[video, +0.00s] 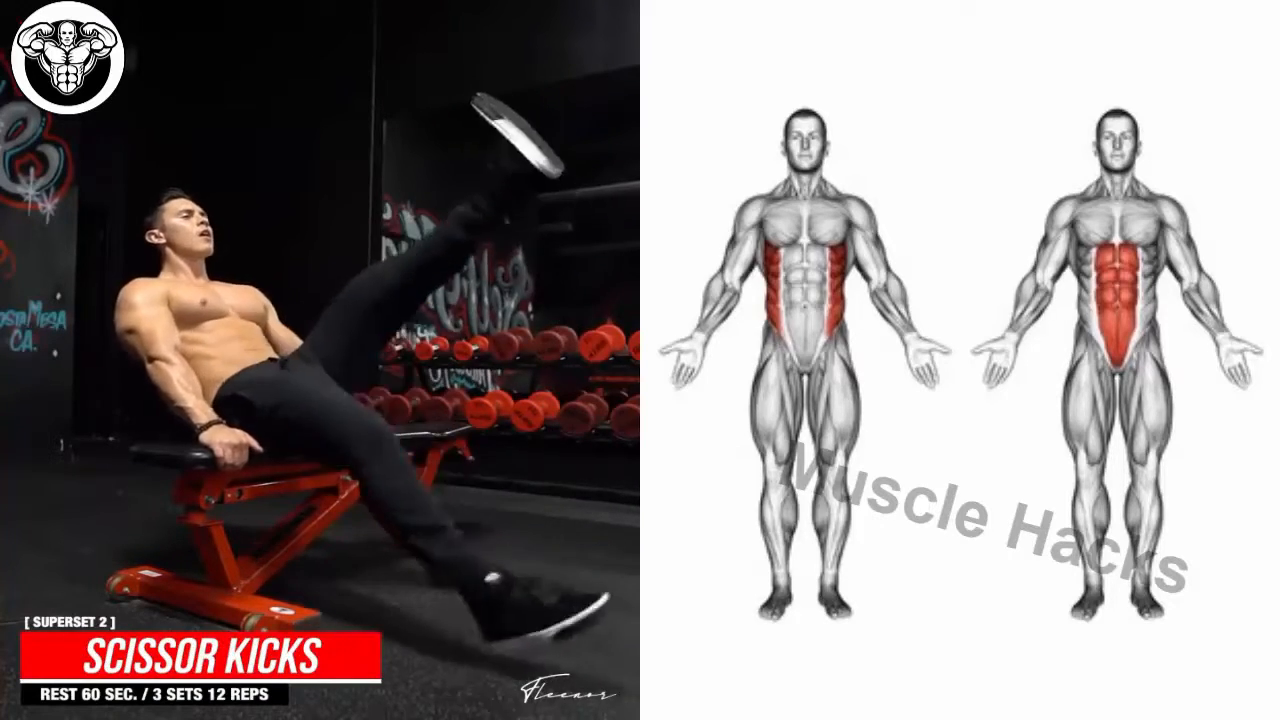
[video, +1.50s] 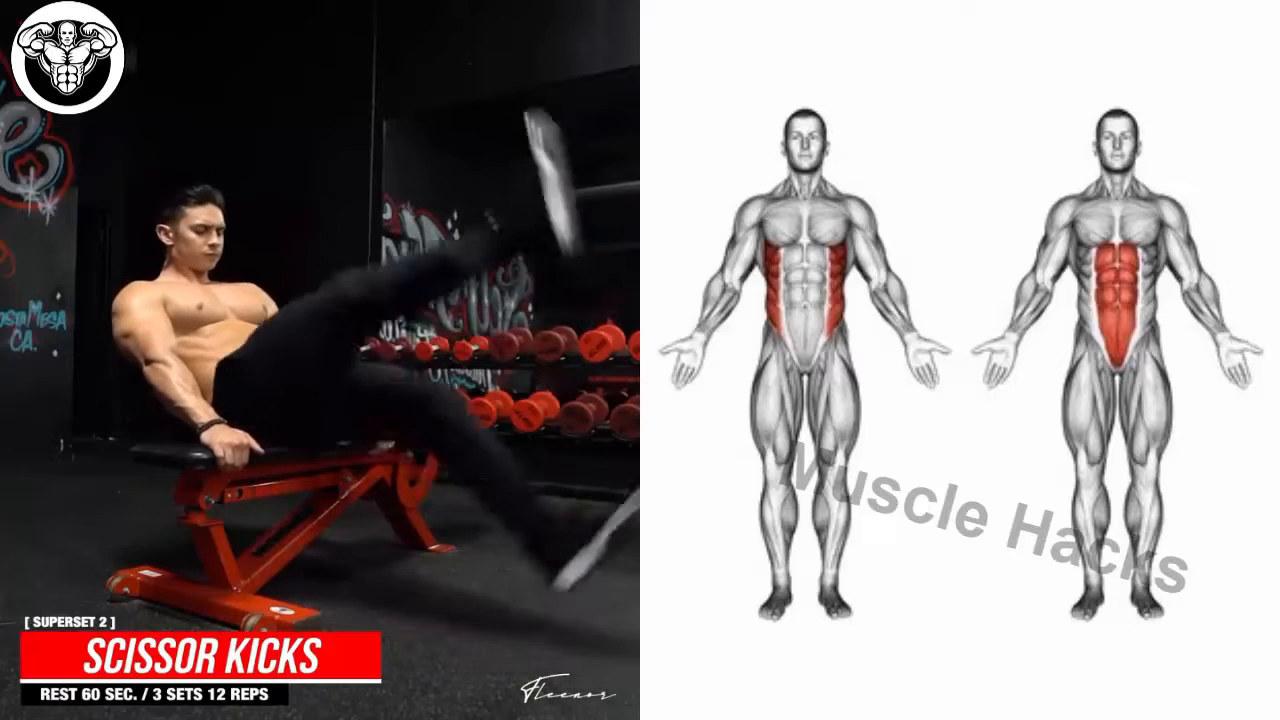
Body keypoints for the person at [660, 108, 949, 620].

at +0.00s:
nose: (805, 146)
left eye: (812, 138)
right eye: (797, 138)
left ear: (825, 145)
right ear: (785, 145)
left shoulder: (852, 211)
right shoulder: (758, 211)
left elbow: (881, 281)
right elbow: (729, 281)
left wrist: (910, 336)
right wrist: (700, 336)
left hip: (832, 356)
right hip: (777, 355)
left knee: (834, 467)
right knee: (777, 469)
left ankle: (830, 584)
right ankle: (780, 585)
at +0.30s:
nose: (805, 146)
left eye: (812, 138)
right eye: (797, 138)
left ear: (825, 146)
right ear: (785, 146)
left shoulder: (852, 211)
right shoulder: (758, 211)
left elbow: (881, 281)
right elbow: (729, 282)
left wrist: (910, 336)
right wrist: (700, 336)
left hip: (832, 355)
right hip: (777, 355)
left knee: (834, 468)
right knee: (777, 469)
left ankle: (829, 584)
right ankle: (780, 585)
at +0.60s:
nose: (804, 145)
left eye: (812, 138)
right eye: (797, 138)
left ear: (825, 145)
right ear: (785, 145)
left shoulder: (851, 211)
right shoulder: (758, 211)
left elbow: (881, 281)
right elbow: (729, 281)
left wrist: (909, 336)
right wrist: (700, 336)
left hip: (832, 356)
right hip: (777, 355)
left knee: (834, 467)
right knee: (777, 469)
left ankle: (829, 584)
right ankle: (780, 585)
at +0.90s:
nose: (805, 145)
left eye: (812, 138)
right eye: (797, 138)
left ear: (825, 145)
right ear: (785, 145)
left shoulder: (852, 211)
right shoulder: (758, 211)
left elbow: (881, 281)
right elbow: (729, 281)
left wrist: (909, 336)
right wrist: (700, 336)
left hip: (833, 356)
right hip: (777, 356)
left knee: (834, 468)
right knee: (776, 469)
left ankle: (829, 585)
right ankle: (780, 585)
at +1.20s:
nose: (804, 146)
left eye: (812, 138)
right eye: (797, 138)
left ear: (825, 145)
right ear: (785, 145)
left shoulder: (851, 211)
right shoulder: (758, 211)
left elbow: (881, 281)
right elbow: (729, 281)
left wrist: (909, 336)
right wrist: (700, 336)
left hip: (832, 356)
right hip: (777, 355)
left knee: (834, 467)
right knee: (776, 469)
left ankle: (830, 584)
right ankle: (780, 585)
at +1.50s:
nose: (804, 146)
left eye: (812, 138)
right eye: (797, 138)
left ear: (825, 145)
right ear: (785, 145)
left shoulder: (851, 211)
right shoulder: (758, 211)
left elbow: (881, 281)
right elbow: (729, 281)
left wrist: (909, 336)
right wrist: (700, 336)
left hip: (832, 356)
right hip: (777, 355)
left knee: (834, 467)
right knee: (777, 469)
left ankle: (829, 584)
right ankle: (780, 585)